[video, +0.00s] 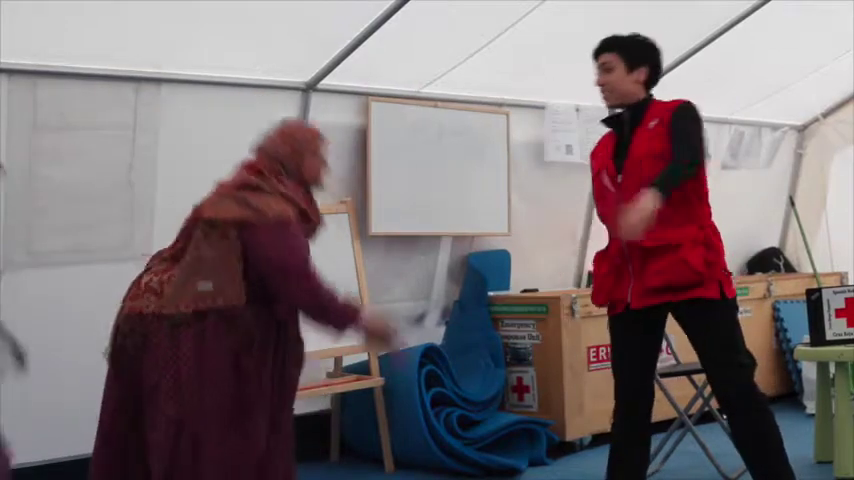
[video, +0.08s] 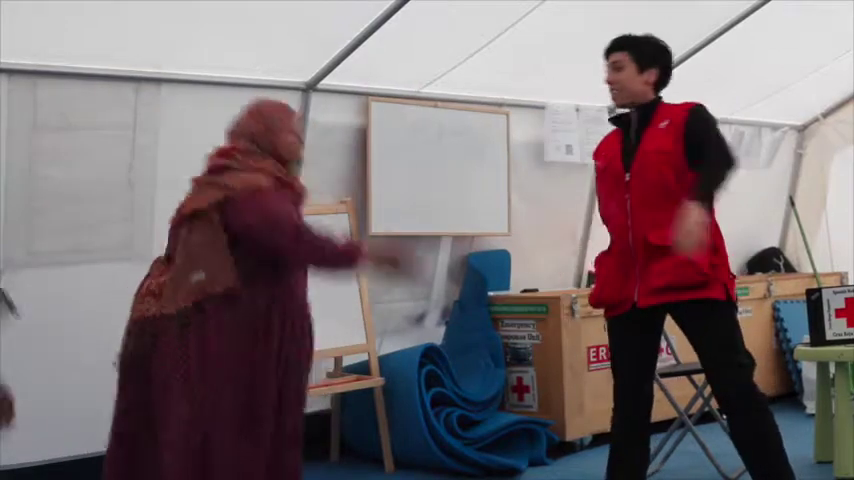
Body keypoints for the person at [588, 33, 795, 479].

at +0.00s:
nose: (599, 80)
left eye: (607, 70)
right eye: (597, 72)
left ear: (641, 74)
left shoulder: (679, 113)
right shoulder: (603, 149)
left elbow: (686, 162)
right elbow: (614, 215)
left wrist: (650, 196)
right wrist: (613, 266)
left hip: (692, 271)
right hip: (630, 282)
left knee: (736, 388)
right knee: (630, 406)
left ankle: (776, 476)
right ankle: (623, 479)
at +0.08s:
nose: (608, 78)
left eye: (617, 69)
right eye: (607, 70)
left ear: (651, 75)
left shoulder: (688, 117)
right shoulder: (607, 147)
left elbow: (717, 161)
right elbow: (618, 216)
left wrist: (696, 204)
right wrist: (611, 261)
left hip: (690, 271)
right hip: (627, 282)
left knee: (735, 387)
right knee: (629, 405)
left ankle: (775, 475)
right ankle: (624, 478)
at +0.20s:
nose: (618, 75)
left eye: (629, 65)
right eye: (618, 66)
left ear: (661, 75)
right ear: (622, 78)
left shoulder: (696, 123)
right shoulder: (608, 145)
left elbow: (753, 174)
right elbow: (621, 219)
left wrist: (752, 242)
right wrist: (609, 266)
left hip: (695, 279)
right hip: (625, 287)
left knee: (737, 393)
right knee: (629, 410)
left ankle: (776, 476)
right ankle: (624, 479)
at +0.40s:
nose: (632, 64)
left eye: (644, 56)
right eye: (634, 56)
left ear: (673, 72)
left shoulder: (706, 124)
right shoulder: (612, 136)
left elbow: (764, 183)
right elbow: (598, 211)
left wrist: (739, 249)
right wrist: (552, 260)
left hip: (695, 276)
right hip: (625, 283)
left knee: (739, 394)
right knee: (629, 409)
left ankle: (775, 476)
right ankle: (622, 479)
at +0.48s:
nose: (641, 59)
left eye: (655, 53)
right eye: (644, 52)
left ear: (683, 71)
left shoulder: (712, 125)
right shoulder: (614, 130)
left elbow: (760, 185)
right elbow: (581, 196)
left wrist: (718, 224)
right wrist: (517, 225)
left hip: (697, 274)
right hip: (628, 279)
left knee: (739, 395)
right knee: (629, 409)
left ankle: (776, 477)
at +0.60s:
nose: (658, 57)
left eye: (672, 51)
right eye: (658, 50)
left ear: (699, 71)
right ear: (654, 63)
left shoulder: (724, 130)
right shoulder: (618, 122)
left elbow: (748, 194)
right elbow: (564, 169)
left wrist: (700, 215)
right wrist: (498, 156)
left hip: (704, 277)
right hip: (631, 278)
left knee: (744, 395)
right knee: (630, 405)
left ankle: (776, 478)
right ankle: (622, 479)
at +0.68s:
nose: (669, 62)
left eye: (683, 55)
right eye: (668, 54)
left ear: (710, 75)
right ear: (664, 65)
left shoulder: (732, 136)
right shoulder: (627, 120)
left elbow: (744, 201)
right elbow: (561, 156)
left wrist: (691, 217)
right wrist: (512, 121)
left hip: (708, 278)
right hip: (634, 278)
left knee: (746, 395)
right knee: (632, 403)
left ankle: (775, 478)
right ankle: (621, 479)